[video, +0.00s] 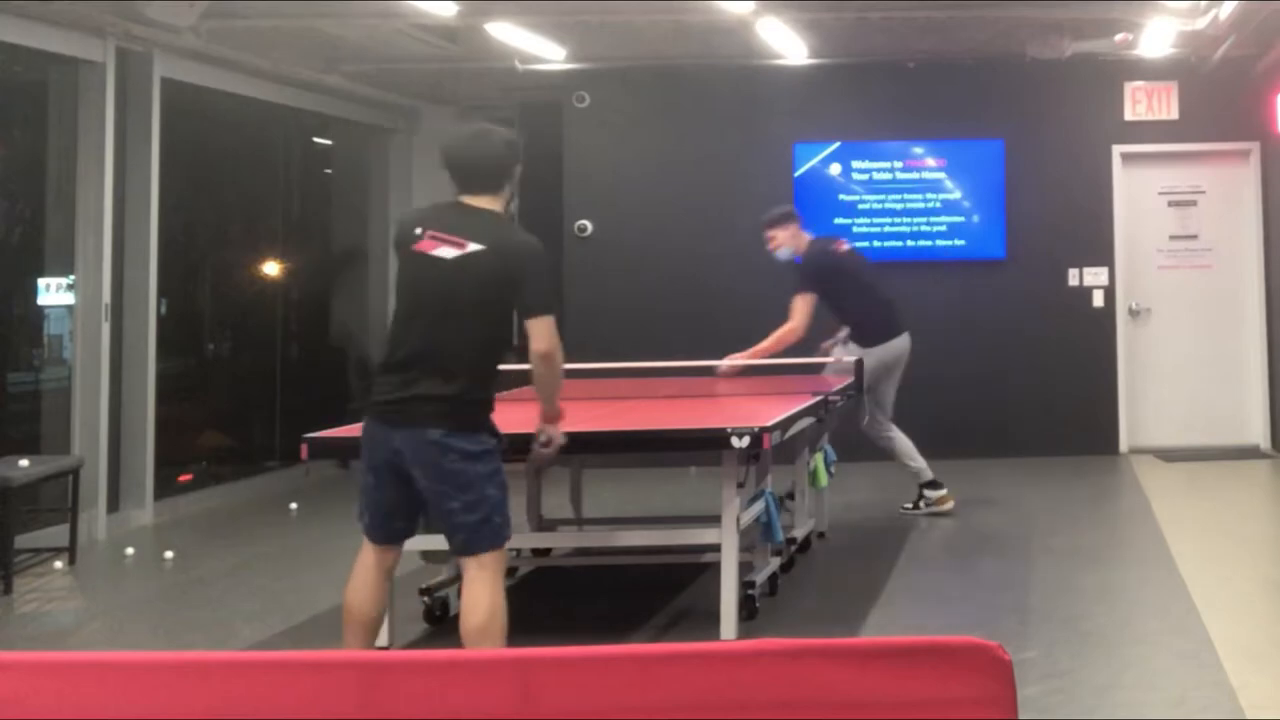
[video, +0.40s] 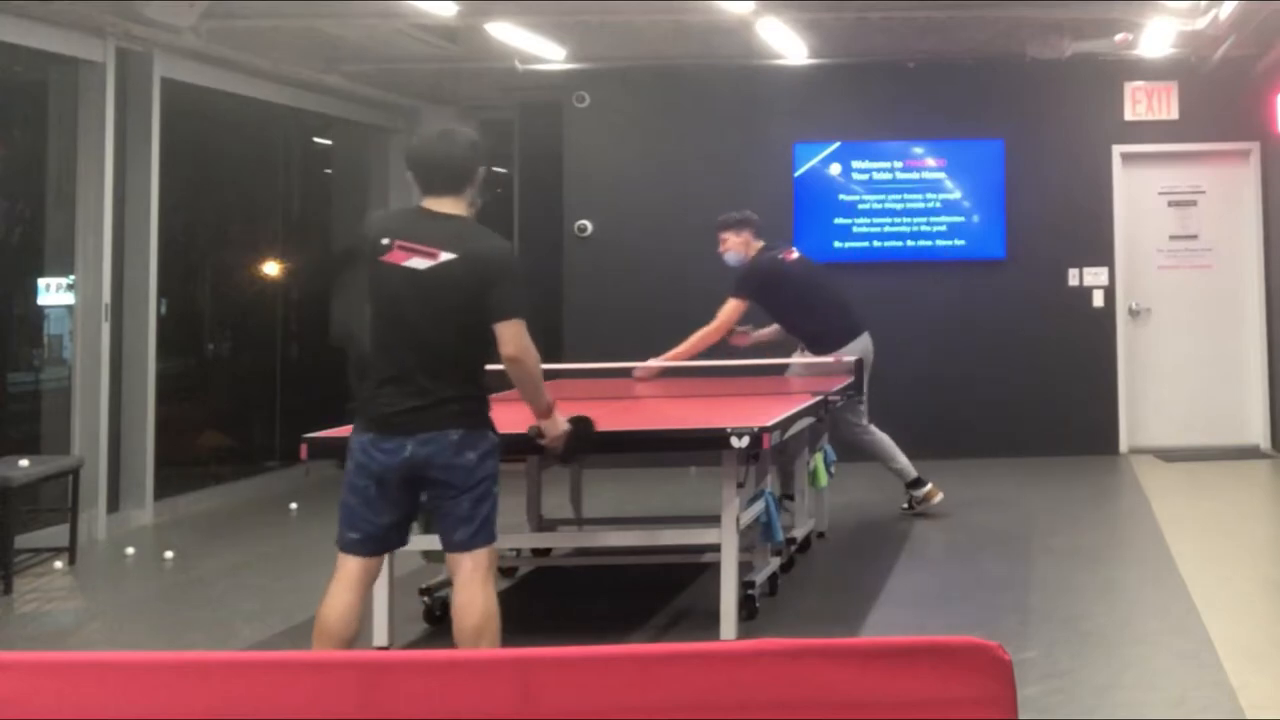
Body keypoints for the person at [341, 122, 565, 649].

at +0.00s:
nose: (518, 177)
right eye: (517, 170)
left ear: (454, 174)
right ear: (513, 176)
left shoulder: (414, 229)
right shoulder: (521, 248)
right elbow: (543, 348)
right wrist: (549, 413)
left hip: (386, 425)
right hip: (455, 431)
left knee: (377, 553)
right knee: (482, 564)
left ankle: (351, 683)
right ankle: (486, 705)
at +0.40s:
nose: (483, 178)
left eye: (481, 170)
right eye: (481, 171)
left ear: (415, 176)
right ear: (475, 177)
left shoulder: (380, 234)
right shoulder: (490, 252)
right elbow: (515, 351)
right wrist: (546, 414)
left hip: (380, 436)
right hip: (459, 437)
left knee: (351, 573)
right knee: (472, 572)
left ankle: (317, 704)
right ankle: (481, 712)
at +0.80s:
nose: (449, 185)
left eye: (448, 178)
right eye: (447, 178)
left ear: (381, 184)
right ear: (439, 183)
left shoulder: (345, 235)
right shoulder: (452, 245)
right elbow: (464, 344)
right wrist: (485, 390)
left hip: (356, 435)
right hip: (435, 433)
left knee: (334, 570)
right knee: (495, 544)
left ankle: (306, 700)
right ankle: (521, 673)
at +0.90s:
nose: (464, 190)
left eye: (463, 183)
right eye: (462, 183)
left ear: (396, 188)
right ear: (453, 187)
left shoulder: (360, 241)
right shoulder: (463, 249)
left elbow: (349, 330)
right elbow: (474, 344)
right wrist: (497, 387)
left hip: (365, 438)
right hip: (442, 438)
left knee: (341, 569)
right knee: (497, 554)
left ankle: (307, 695)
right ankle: (532, 676)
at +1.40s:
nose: (503, 199)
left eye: (501, 192)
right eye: (503, 192)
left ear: (442, 193)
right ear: (497, 195)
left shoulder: (405, 240)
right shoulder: (512, 252)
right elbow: (545, 337)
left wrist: (485, 228)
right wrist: (559, 383)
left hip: (386, 423)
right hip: (462, 428)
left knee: (344, 561)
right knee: (508, 550)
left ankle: (299, 690)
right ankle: (533, 682)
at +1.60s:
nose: (460, 198)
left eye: (458, 189)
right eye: (459, 190)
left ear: (395, 194)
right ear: (448, 194)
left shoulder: (349, 245)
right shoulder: (458, 252)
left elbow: (364, 330)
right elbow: (477, 339)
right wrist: (510, 380)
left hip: (345, 429)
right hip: (419, 432)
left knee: (317, 568)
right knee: (473, 560)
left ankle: (284, 700)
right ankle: (524, 679)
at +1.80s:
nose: (451, 201)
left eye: (449, 192)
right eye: (449, 192)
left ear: (385, 194)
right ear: (437, 196)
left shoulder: (336, 246)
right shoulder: (436, 251)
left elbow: (293, 332)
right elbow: (453, 339)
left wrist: (349, 328)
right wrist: (492, 372)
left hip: (328, 431)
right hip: (398, 433)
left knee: (313, 565)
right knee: (458, 542)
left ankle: (285, 694)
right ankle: (469, 679)